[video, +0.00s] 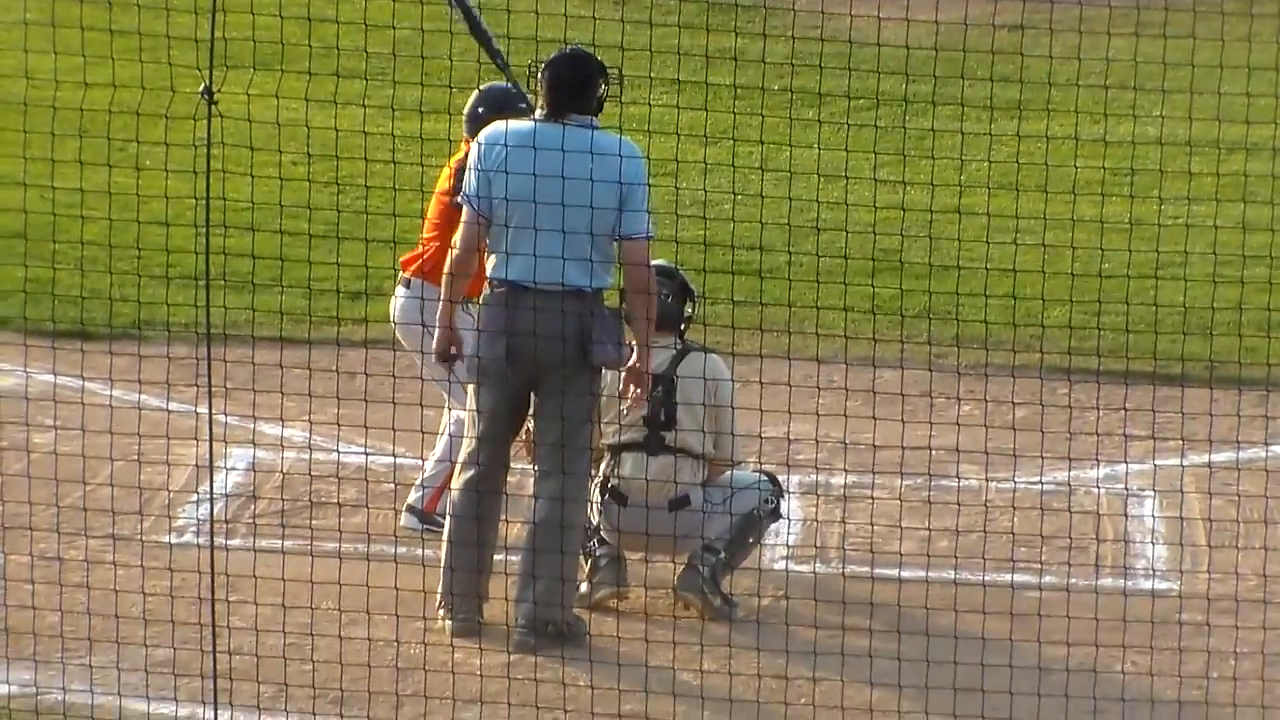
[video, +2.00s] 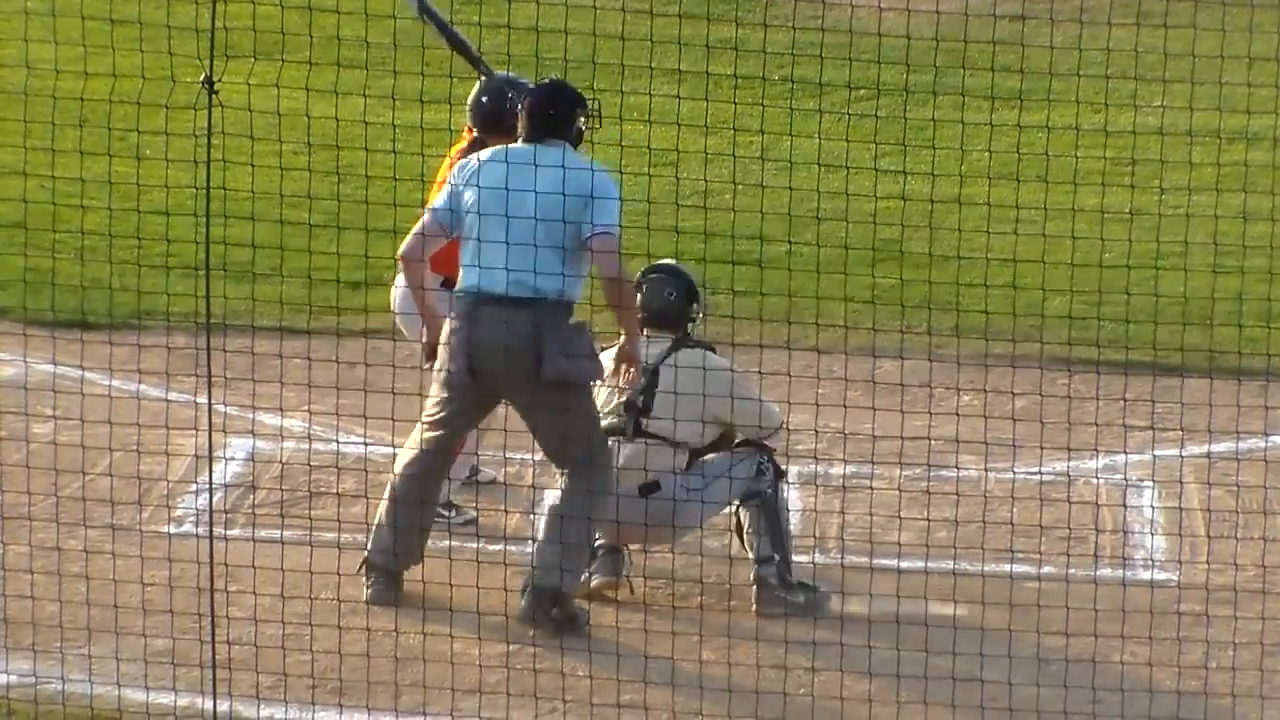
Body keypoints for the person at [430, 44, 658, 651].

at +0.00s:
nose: (601, 102)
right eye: (601, 93)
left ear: (543, 93)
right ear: (598, 98)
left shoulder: (496, 141)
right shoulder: (624, 156)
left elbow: (467, 243)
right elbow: (637, 263)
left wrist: (446, 318)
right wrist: (642, 350)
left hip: (503, 316)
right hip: (578, 322)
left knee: (481, 459)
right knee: (564, 468)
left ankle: (461, 604)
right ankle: (544, 615)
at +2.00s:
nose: (586, 131)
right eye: (582, 125)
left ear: (521, 123)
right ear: (576, 128)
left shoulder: (478, 168)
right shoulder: (594, 179)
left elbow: (411, 254)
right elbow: (608, 268)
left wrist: (432, 324)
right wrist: (630, 339)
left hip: (470, 329)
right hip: (544, 337)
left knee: (431, 440)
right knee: (590, 465)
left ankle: (383, 570)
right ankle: (547, 591)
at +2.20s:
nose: (580, 158)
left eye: (510, 145)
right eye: (578, 151)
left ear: (515, 146)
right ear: (571, 154)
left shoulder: (471, 189)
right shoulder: (586, 197)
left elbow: (400, 264)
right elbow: (605, 281)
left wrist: (424, 341)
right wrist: (632, 354)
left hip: (456, 341)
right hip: (533, 344)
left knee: (437, 431)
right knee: (623, 457)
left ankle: (383, 563)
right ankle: (638, 592)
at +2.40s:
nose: (598, 209)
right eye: (595, 202)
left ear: (538, 197)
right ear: (590, 204)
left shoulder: (490, 237)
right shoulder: (603, 247)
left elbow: (405, 297)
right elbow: (625, 320)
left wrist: (435, 366)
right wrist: (645, 397)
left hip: (467, 389)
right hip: (547, 393)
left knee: (441, 450)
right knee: (652, 473)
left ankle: (383, 561)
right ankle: (648, 605)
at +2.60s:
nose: (607, 250)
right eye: (606, 244)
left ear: (548, 241)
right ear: (601, 249)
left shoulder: (501, 274)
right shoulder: (611, 287)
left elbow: (412, 313)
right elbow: (628, 350)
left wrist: (444, 386)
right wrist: (641, 420)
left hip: (469, 420)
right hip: (548, 426)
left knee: (439, 460)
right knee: (662, 479)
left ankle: (383, 567)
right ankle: (649, 610)